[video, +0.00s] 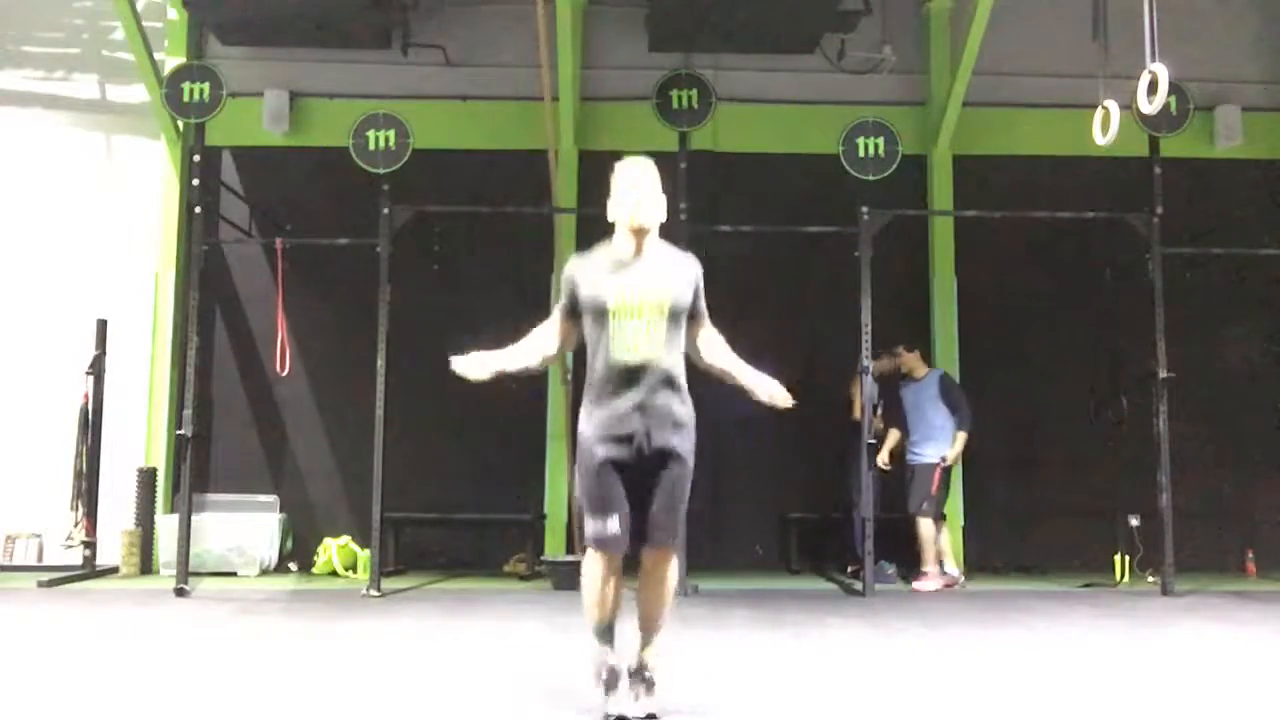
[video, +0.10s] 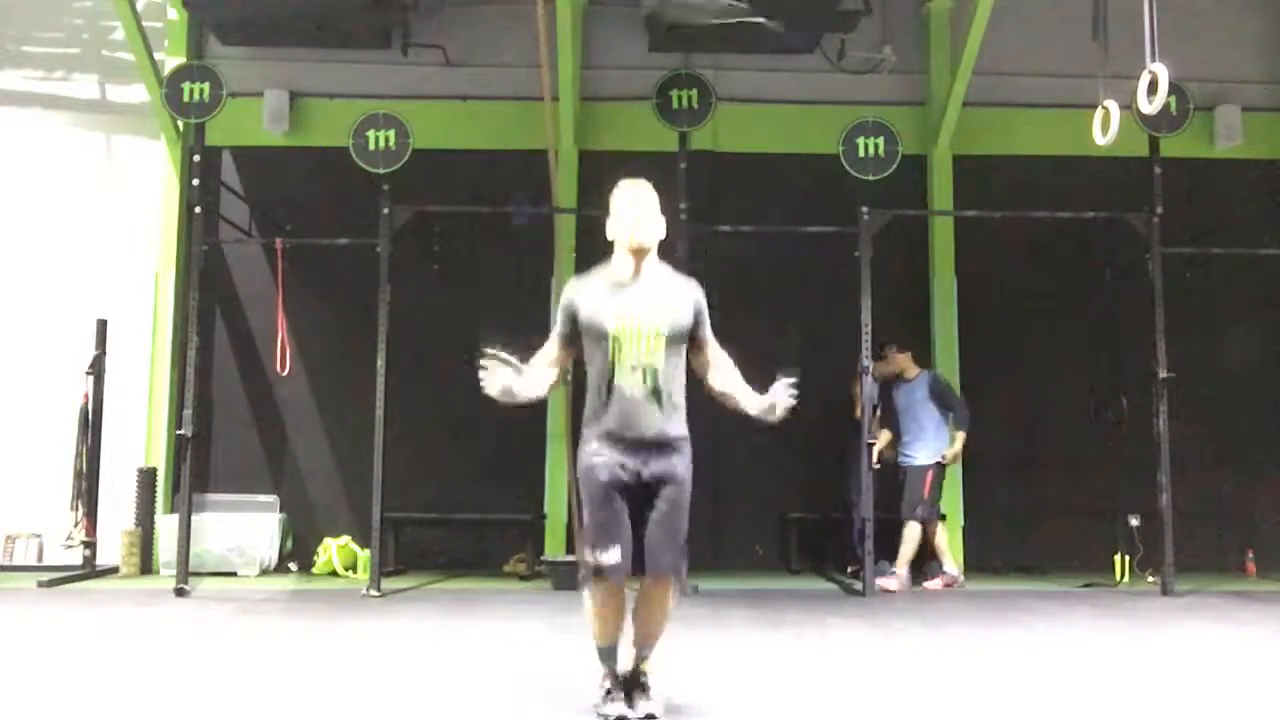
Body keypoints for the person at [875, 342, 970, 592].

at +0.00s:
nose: (898, 361)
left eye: (902, 355)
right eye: (896, 356)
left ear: (916, 353)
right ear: (900, 359)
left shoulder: (940, 380)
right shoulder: (902, 388)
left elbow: (964, 414)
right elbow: (898, 423)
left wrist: (956, 448)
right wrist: (886, 449)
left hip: (937, 456)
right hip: (914, 458)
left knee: (922, 512)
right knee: (932, 516)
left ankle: (931, 572)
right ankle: (951, 569)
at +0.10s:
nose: (891, 363)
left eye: (894, 357)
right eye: (888, 359)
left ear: (907, 356)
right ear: (890, 362)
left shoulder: (932, 381)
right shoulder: (894, 388)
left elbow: (961, 411)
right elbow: (891, 423)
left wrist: (957, 446)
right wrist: (877, 446)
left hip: (930, 458)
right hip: (909, 459)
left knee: (913, 515)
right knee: (930, 517)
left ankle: (900, 574)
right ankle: (951, 570)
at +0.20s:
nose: (877, 366)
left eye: (880, 359)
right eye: (876, 361)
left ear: (899, 357)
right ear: (894, 359)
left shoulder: (921, 383)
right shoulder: (888, 390)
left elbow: (949, 409)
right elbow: (886, 417)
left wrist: (950, 443)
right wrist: (880, 434)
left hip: (921, 460)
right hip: (901, 461)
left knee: (904, 517)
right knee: (922, 518)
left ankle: (890, 574)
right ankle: (949, 569)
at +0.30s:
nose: (873, 361)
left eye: (876, 355)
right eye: (871, 356)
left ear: (891, 353)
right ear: (871, 359)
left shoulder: (911, 382)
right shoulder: (877, 386)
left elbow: (932, 414)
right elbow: (873, 426)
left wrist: (935, 445)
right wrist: (862, 454)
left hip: (911, 458)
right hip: (889, 458)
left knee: (902, 516)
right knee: (905, 517)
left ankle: (889, 574)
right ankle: (944, 564)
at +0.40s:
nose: (867, 358)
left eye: (870, 352)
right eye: (865, 353)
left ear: (883, 351)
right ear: (864, 355)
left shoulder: (903, 383)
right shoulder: (869, 383)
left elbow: (913, 421)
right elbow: (865, 423)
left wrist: (911, 456)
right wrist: (857, 455)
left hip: (897, 458)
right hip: (876, 458)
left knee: (896, 517)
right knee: (889, 517)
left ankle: (889, 573)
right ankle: (930, 554)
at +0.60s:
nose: (841, 359)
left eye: (845, 352)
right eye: (841, 353)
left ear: (859, 351)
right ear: (854, 354)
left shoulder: (876, 380)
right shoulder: (861, 381)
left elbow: (868, 425)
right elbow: (857, 422)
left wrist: (850, 451)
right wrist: (846, 452)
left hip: (879, 454)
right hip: (860, 452)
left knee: (880, 513)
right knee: (842, 510)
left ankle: (888, 572)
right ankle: (871, 560)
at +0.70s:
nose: (831, 358)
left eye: (835, 351)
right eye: (831, 353)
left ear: (850, 351)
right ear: (843, 355)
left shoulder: (861, 382)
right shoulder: (852, 383)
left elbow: (850, 423)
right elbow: (850, 427)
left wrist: (822, 444)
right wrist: (835, 455)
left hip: (868, 458)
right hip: (850, 459)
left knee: (875, 515)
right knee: (832, 510)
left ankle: (888, 573)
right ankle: (833, 570)